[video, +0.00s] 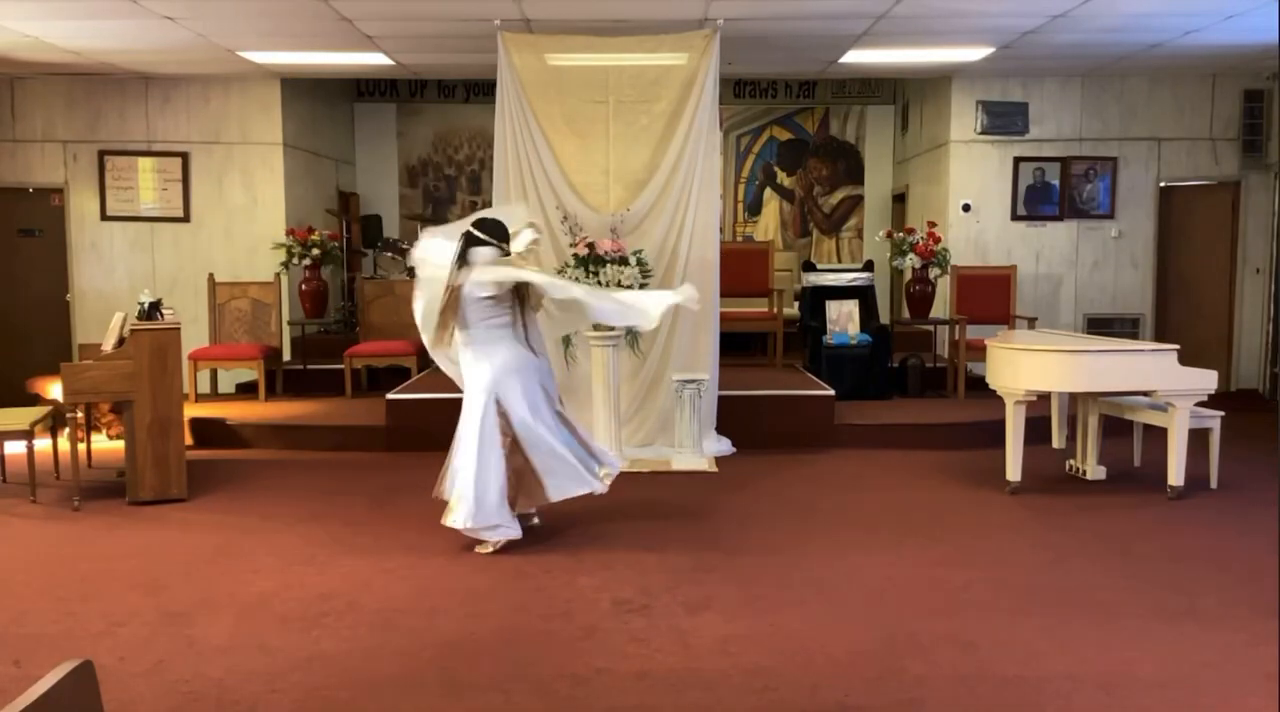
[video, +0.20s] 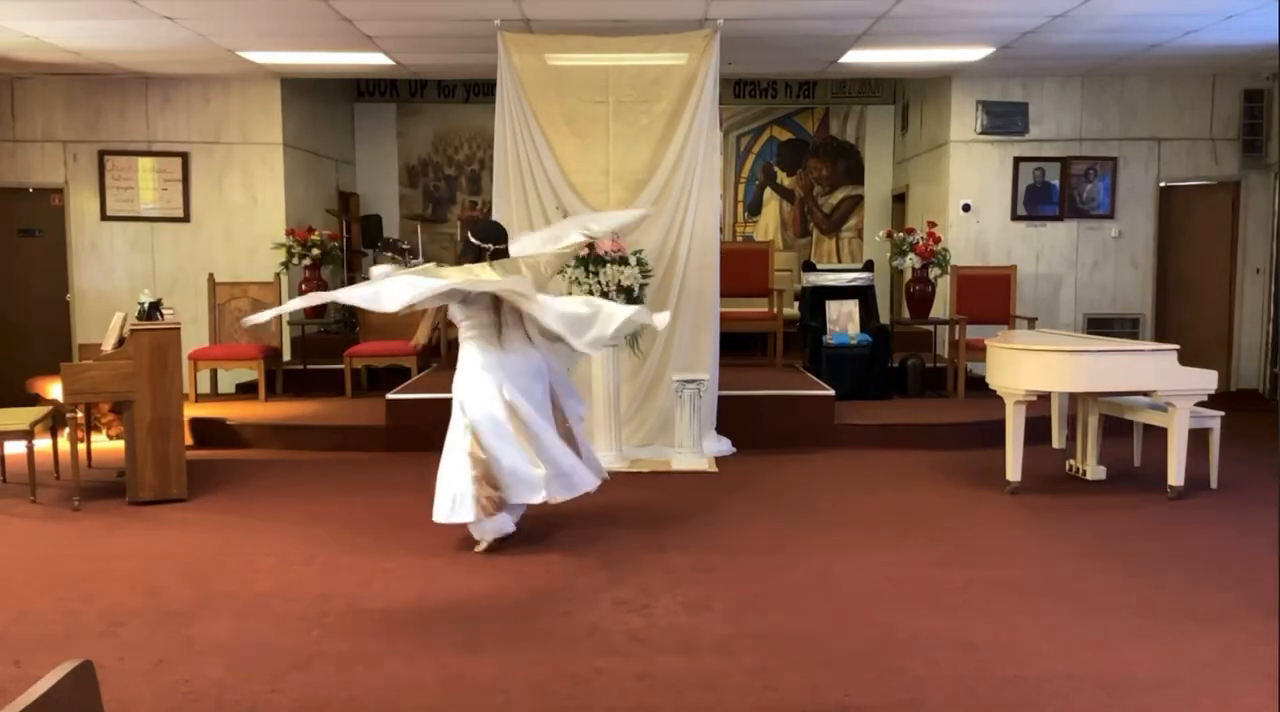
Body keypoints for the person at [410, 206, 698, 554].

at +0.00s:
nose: (476, 259)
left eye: (473, 251)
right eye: (483, 252)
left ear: (465, 251)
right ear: (503, 250)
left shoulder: (458, 282)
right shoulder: (517, 275)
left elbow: (439, 329)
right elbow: (545, 299)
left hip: (485, 366)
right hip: (522, 360)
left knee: (487, 444)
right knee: (525, 434)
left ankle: (500, 526)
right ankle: (525, 508)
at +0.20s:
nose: (461, 247)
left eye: (463, 243)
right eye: (469, 244)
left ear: (468, 247)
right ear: (503, 247)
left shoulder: (459, 281)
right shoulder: (519, 278)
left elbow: (410, 292)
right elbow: (562, 311)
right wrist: (618, 316)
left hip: (481, 368)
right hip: (523, 365)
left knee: (479, 442)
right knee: (519, 434)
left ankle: (493, 524)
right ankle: (514, 505)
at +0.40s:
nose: (507, 262)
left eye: (502, 255)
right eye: (505, 257)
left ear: (482, 253)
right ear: (503, 255)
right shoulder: (521, 279)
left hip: (479, 371)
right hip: (494, 373)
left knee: (474, 437)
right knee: (502, 436)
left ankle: (468, 507)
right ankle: (503, 513)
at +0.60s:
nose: (518, 262)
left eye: (511, 254)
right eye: (516, 255)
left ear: (481, 249)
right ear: (508, 252)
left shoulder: (462, 281)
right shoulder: (504, 280)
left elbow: (413, 289)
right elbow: (550, 291)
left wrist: (384, 289)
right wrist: (598, 288)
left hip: (465, 375)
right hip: (493, 377)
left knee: (471, 438)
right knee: (493, 439)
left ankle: (472, 506)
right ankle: (487, 511)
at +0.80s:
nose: (531, 255)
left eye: (527, 248)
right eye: (526, 249)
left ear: (496, 250)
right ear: (516, 252)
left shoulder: (504, 283)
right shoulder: (493, 285)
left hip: (498, 381)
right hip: (481, 384)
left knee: (499, 446)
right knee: (485, 448)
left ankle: (487, 511)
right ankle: (477, 516)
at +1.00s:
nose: (536, 256)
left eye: (535, 250)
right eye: (530, 251)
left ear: (521, 255)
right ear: (513, 256)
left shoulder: (534, 286)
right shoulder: (485, 284)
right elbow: (443, 305)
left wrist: (586, 275)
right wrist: (402, 316)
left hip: (527, 383)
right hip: (488, 384)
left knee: (534, 446)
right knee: (485, 447)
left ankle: (537, 515)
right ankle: (484, 517)